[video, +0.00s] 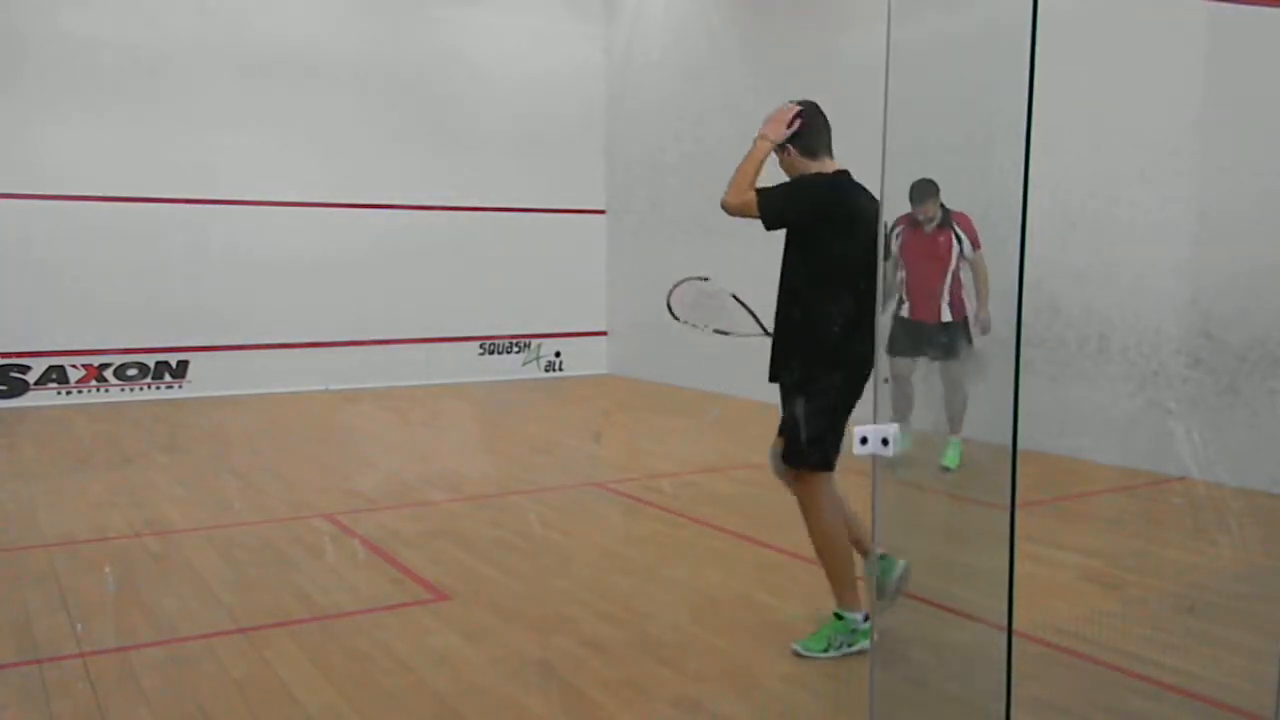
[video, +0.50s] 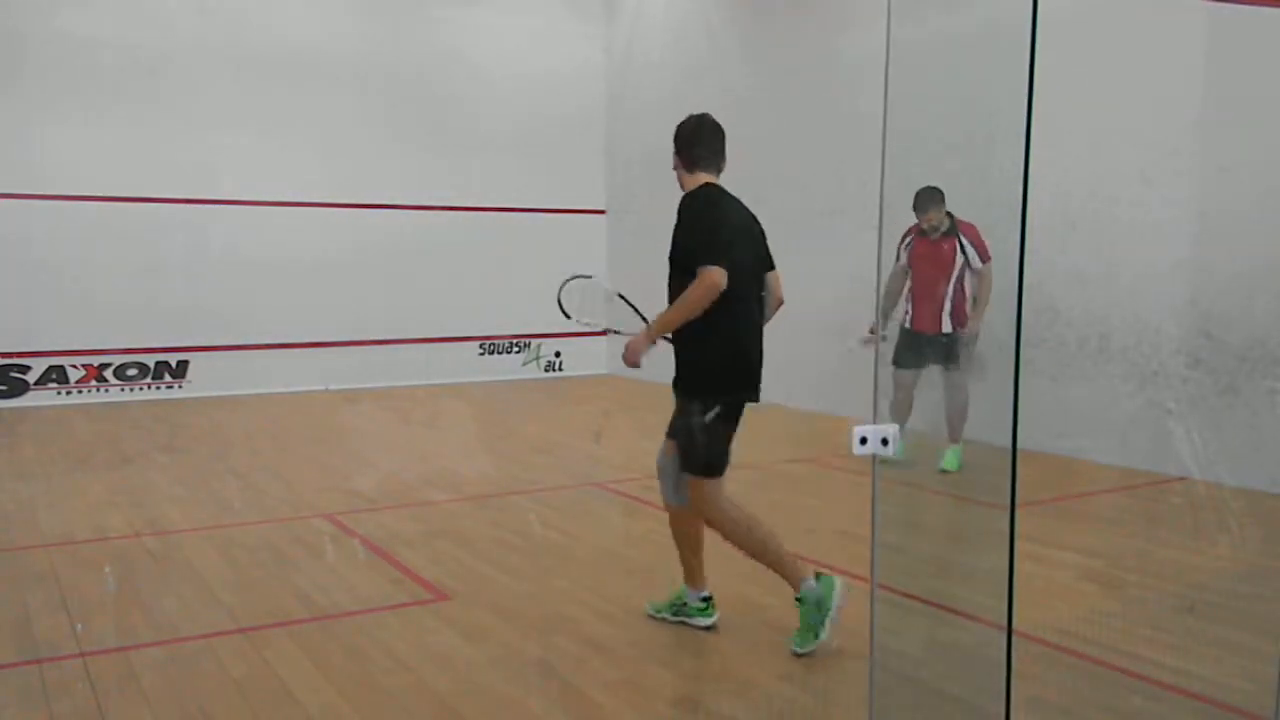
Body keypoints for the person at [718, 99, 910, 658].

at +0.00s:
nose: (780, 167)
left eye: (780, 156)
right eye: (779, 157)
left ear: (791, 149)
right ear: (826, 144)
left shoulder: (814, 196)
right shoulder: (860, 198)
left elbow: (736, 200)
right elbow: (859, 289)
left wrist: (763, 141)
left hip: (816, 364)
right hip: (845, 359)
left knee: (812, 481)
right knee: (790, 463)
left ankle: (853, 618)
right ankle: (877, 558)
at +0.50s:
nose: (671, 164)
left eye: (671, 156)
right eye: (682, 157)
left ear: (676, 159)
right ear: (722, 159)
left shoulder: (698, 208)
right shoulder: (740, 214)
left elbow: (712, 280)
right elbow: (773, 296)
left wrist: (651, 332)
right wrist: (722, 336)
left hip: (709, 377)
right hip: (723, 375)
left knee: (704, 498)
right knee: (671, 472)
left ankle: (810, 586)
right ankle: (695, 595)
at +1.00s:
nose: (598, 164)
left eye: (600, 156)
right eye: (605, 155)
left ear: (607, 161)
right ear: (649, 163)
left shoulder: (604, 218)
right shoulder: (677, 226)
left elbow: (597, 294)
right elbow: (701, 306)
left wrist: (552, 330)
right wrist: (649, 320)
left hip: (602, 370)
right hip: (655, 370)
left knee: (577, 483)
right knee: (647, 457)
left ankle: (590, 615)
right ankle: (684, 571)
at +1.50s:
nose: (631, 142)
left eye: (632, 135)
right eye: (648, 135)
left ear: (633, 141)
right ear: (679, 143)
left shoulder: (622, 196)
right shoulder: (706, 204)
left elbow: (615, 274)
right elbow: (737, 277)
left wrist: (583, 289)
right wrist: (689, 288)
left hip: (633, 352)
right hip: (687, 355)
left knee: (588, 453)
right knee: (673, 460)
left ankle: (610, 578)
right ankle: (697, 580)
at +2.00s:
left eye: (647, 134)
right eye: (688, 134)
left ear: (642, 141)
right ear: (692, 140)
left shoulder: (628, 198)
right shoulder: (723, 202)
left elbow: (620, 273)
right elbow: (757, 281)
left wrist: (598, 284)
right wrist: (715, 299)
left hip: (644, 356)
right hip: (703, 356)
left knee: (640, 480)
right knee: (709, 457)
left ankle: (645, 603)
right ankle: (712, 564)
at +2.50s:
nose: (699, 148)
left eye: (698, 142)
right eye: (744, 138)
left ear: (699, 145)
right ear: (751, 143)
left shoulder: (700, 197)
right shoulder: (783, 208)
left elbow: (696, 276)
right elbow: (811, 289)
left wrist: (661, 277)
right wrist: (760, 306)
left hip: (708, 366)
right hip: (768, 371)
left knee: (661, 471)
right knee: (752, 477)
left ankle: (674, 606)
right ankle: (787, 613)